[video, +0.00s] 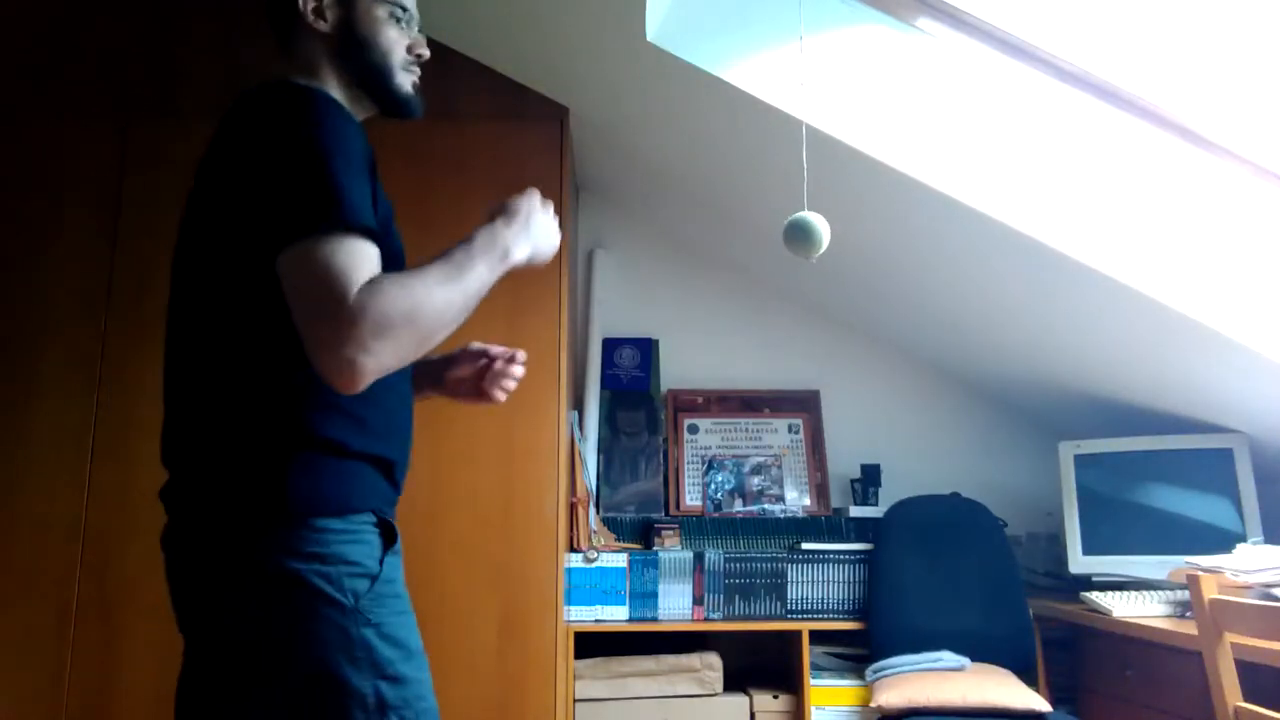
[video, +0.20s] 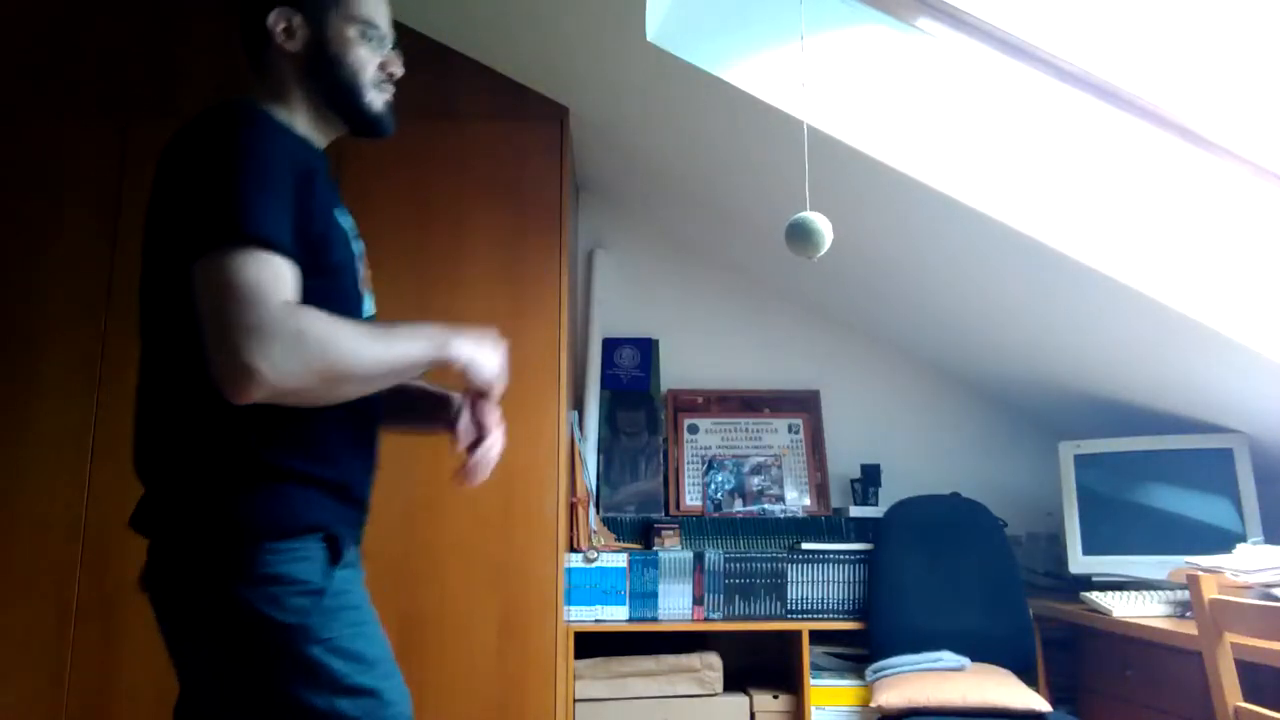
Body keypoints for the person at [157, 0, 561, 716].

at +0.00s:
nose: (424, 47)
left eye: (417, 24)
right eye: (399, 14)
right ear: (320, 11)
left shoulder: (270, 128)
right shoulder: (306, 123)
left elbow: (286, 360)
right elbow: (353, 343)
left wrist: (427, 373)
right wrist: (503, 241)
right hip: (311, 542)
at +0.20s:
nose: (395, 61)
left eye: (392, 41)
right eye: (369, 32)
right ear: (288, 30)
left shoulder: (297, 168)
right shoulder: (247, 146)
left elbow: (306, 378)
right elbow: (258, 353)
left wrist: (443, 409)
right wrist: (445, 345)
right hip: (262, 555)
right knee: (370, 707)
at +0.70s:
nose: (274, 87)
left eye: (273, 74)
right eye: (245, 64)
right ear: (166, 69)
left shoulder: (254, 242)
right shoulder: (89, 181)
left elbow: (272, 421)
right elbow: (104, 375)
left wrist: (391, 339)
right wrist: (329, 382)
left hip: (225, 565)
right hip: (140, 563)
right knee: (242, 708)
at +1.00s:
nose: (272, 82)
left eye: (271, 67)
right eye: (240, 58)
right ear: (162, 69)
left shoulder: (270, 236)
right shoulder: (79, 192)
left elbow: (316, 408)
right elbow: (93, 386)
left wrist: (405, 311)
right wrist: (283, 295)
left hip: (266, 570)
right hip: (163, 571)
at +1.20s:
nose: (304, 59)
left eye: (303, 45)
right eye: (273, 37)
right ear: (193, 52)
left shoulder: (279, 209)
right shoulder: (116, 166)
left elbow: (379, 366)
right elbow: (122, 341)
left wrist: (425, 273)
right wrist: (300, 236)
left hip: (276, 556)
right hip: (192, 561)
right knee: (294, 708)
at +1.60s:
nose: (349, 67)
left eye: (346, 52)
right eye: (317, 44)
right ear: (237, 58)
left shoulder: (331, 228)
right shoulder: (176, 178)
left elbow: (436, 366)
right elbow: (195, 393)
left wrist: (464, 247)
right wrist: (379, 289)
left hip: (302, 566)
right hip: (237, 566)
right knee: (345, 707)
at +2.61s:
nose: (398, 96)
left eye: (398, 80)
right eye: (374, 68)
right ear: (295, 62)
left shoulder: (302, 188)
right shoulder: (255, 167)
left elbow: (421, 378)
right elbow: (295, 365)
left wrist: (443, 262)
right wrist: (441, 257)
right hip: (286, 573)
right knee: (396, 708)